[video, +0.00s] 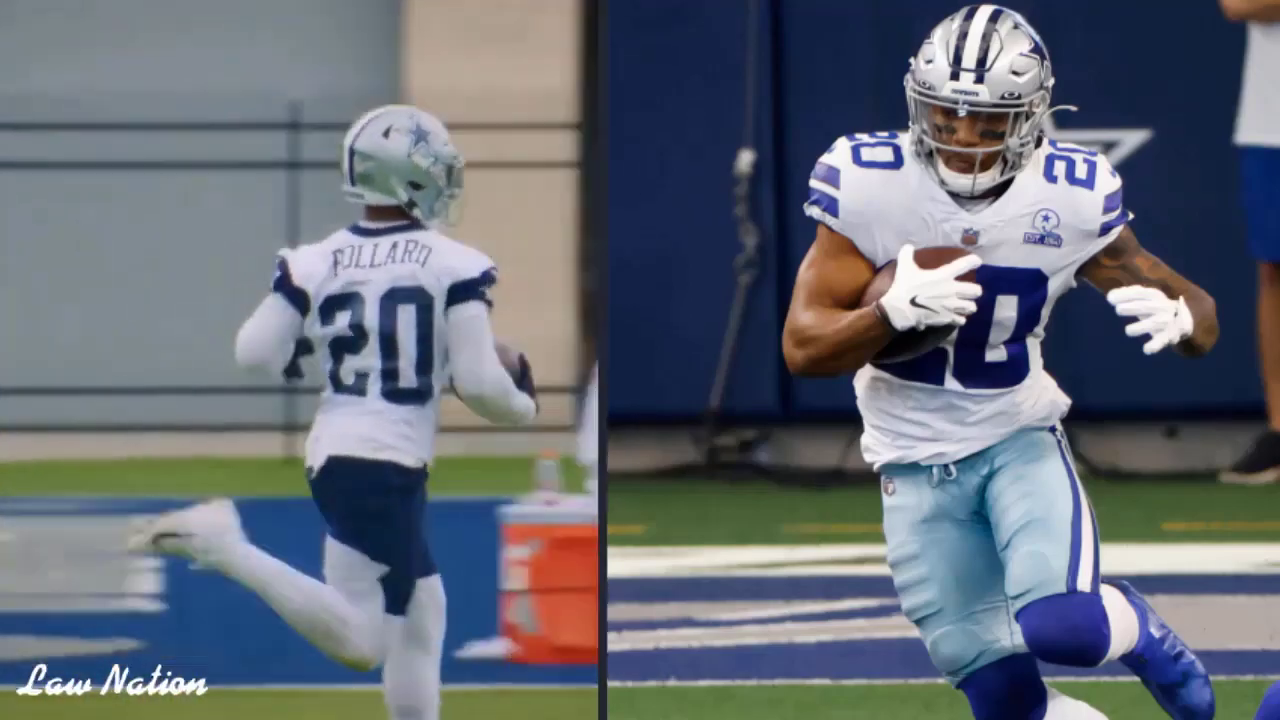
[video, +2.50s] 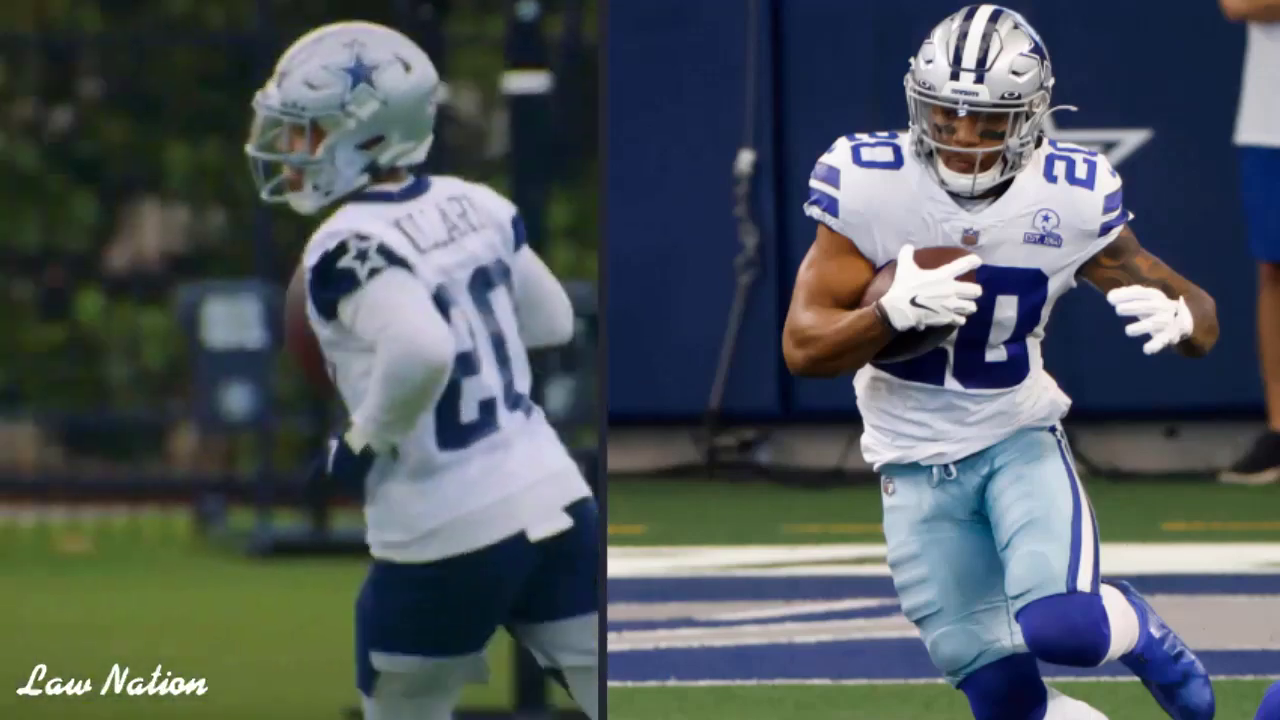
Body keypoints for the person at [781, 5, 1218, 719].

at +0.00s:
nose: (965, 137)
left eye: (988, 121)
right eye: (950, 116)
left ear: (1027, 119)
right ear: (922, 109)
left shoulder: (1070, 193)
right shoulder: (863, 179)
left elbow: (1196, 307)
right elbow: (801, 349)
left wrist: (1181, 319)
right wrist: (887, 313)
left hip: (1018, 437)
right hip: (911, 468)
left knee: (1054, 626)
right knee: (1001, 697)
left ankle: (1141, 632)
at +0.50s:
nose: (966, 137)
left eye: (988, 121)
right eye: (950, 116)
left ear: (1027, 119)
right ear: (922, 109)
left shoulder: (1070, 193)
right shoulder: (863, 179)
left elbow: (1196, 307)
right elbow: (801, 349)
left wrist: (1181, 319)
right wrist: (887, 313)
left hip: (1018, 437)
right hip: (911, 468)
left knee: (1054, 626)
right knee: (1001, 697)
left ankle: (1141, 632)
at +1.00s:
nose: (966, 137)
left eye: (988, 121)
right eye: (950, 116)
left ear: (1027, 119)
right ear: (922, 109)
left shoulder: (1070, 193)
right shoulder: (863, 179)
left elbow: (1196, 308)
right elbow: (801, 349)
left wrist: (1181, 319)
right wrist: (887, 313)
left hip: (1018, 437)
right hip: (911, 468)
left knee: (1054, 626)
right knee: (1001, 697)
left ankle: (1141, 632)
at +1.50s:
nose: (966, 138)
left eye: (988, 121)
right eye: (950, 117)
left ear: (1028, 119)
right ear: (922, 110)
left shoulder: (1071, 194)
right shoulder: (863, 179)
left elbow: (1197, 309)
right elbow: (801, 349)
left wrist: (1181, 319)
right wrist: (887, 313)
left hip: (1018, 437)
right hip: (911, 468)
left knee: (1054, 626)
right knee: (1001, 696)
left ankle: (1142, 633)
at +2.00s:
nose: (966, 138)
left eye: (988, 121)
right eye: (950, 117)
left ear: (1028, 119)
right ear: (922, 110)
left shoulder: (1071, 194)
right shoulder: (863, 179)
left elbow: (1197, 309)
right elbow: (801, 349)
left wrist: (1181, 319)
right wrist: (887, 313)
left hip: (1018, 437)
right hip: (911, 467)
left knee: (1054, 626)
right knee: (1001, 696)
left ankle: (1142, 633)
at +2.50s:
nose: (966, 138)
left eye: (988, 121)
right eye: (950, 117)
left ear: (1028, 119)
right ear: (922, 110)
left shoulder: (1071, 194)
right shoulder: (863, 179)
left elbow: (1197, 309)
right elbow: (801, 349)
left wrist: (1181, 319)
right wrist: (887, 313)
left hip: (1018, 437)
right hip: (911, 467)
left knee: (1054, 626)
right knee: (1001, 696)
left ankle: (1142, 633)